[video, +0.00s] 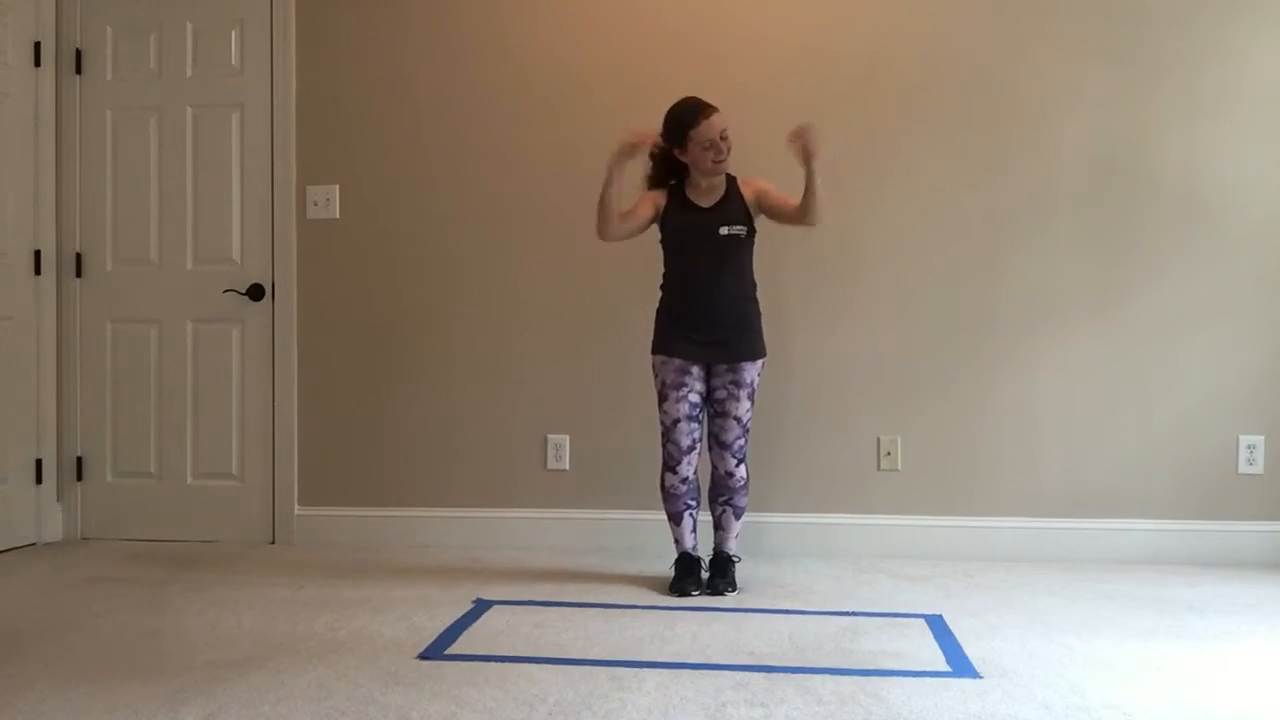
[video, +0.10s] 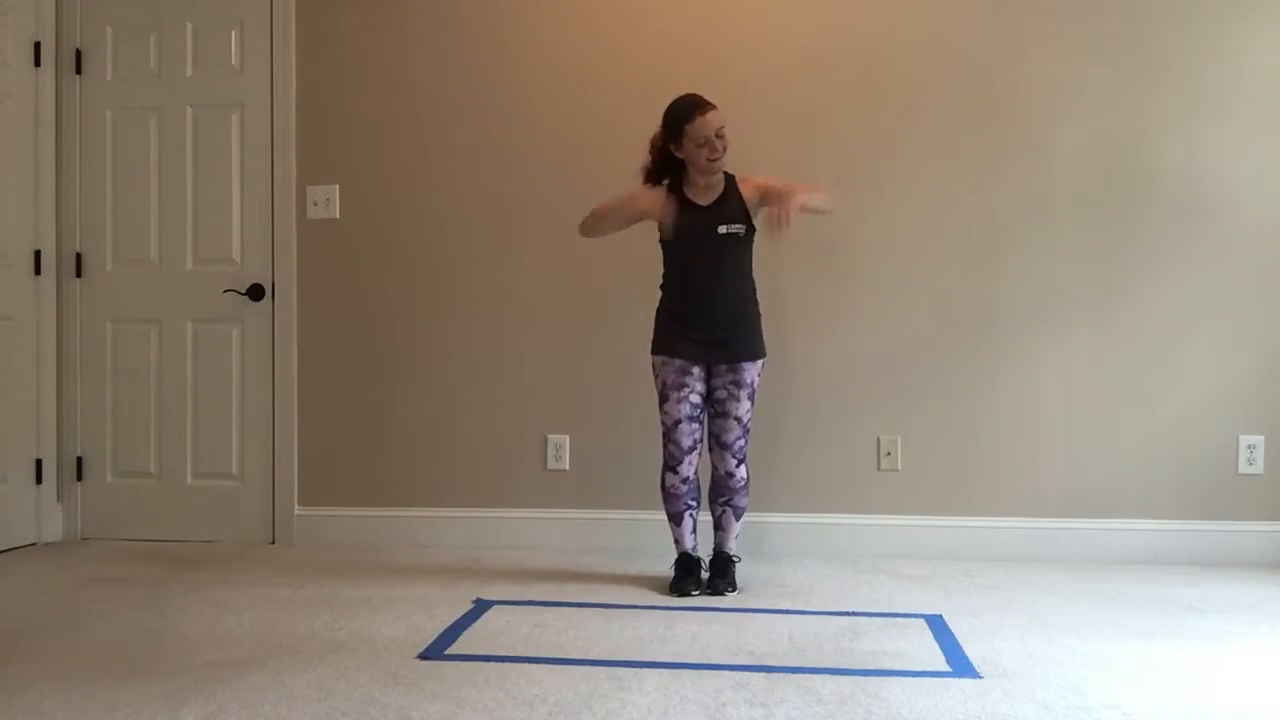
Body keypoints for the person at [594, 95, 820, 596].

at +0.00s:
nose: (722, 147)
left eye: (725, 137)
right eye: (709, 143)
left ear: (730, 138)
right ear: (682, 152)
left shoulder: (747, 191)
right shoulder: (663, 200)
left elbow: (805, 214)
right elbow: (609, 230)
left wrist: (810, 166)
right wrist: (617, 165)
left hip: (739, 343)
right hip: (679, 342)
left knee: (730, 451)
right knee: (680, 451)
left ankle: (724, 556)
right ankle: (686, 558)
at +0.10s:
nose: (718, 145)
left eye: (721, 135)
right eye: (705, 140)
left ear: (727, 135)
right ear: (679, 149)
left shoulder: (746, 190)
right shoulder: (660, 200)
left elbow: (820, 198)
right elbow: (589, 228)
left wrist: (793, 198)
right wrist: (634, 206)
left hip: (739, 343)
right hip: (680, 343)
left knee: (729, 452)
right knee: (681, 451)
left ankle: (724, 555)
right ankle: (686, 558)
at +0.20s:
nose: (713, 140)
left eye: (719, 129)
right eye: (700, 133)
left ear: (727, 129)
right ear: (677, 141)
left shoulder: (749, 184)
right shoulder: (658, 195)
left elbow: (817, 210)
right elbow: (595, 235)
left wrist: (794, 250)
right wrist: (625, 266)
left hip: (738, 340)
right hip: (678, 341)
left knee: (728, 451)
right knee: (681, 450)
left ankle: (724, 556)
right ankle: (686, 558)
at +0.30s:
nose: (710, 134)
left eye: (717, 124)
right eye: (696, 126)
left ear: (726, 128)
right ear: (675, 134)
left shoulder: (750, 186)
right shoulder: (657, 193)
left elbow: (806, 239)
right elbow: (620, 256)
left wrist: (799, 305)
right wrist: (608, 316)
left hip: (738, 340)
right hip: (677, 341)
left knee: (728, 450)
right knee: (681, 449)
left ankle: (724, 556)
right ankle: (686, 557)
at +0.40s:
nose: (708, 131)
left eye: (715, 121)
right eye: (695, 123)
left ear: (725, 126)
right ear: (674, 131)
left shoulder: (748, 188)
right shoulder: (656, 194)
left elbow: (774, 264)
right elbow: (643, 272)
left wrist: (798, 332)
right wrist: (610, 340)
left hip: (737, 343)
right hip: (676, 343)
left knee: (728, 450)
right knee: (681, 450)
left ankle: (724, 555)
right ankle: (685, 557)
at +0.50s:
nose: (705, 129)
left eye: (713, 119)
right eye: (693, 121)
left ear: (724, 125)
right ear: (674, 130)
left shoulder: (750, 188)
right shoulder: (656, 192)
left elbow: (762, 265)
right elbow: (646, 268)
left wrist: (774, 333)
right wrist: (628, 333)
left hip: (736, 344)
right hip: (675, 343)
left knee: (728, 451)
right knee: (680, 451)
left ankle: (724, 555)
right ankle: (686, 557)